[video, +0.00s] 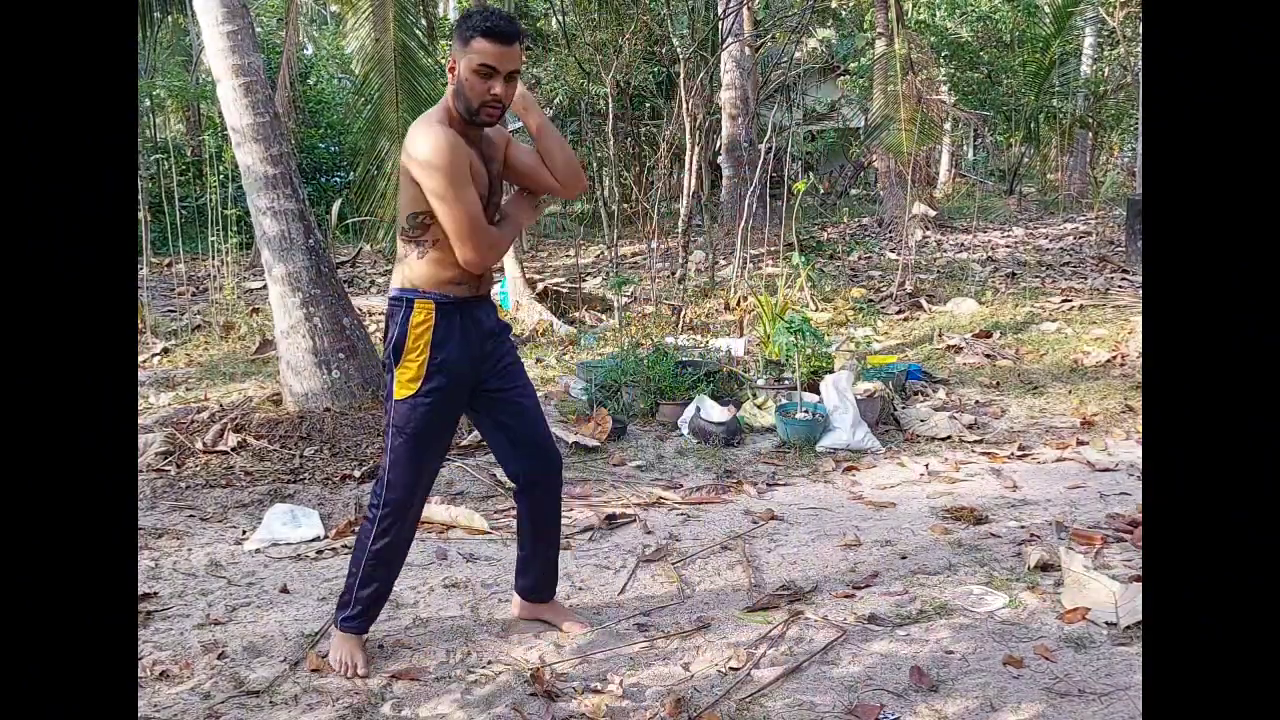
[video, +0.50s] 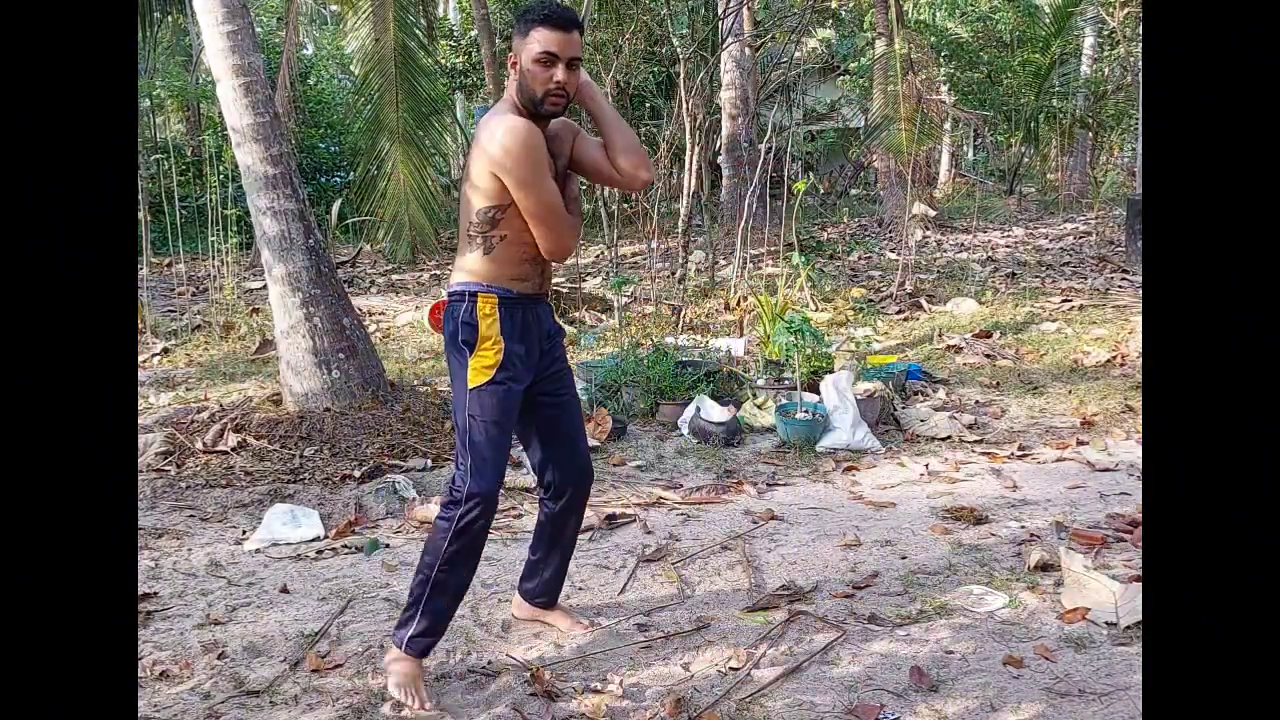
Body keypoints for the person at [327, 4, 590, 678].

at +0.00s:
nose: (500, 90)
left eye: (510, 76)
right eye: (485, 72)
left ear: (515, 79)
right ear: (452, 66)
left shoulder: (489, 137)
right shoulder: (435, 141)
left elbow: (568, 182)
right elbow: (478, 256)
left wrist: (522, 96)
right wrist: (524, 208)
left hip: (480, 319)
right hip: (428, 323)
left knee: (539, 461)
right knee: (403, 488)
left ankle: (535, 600)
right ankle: (349, 629)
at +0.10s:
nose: (505, 83)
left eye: (516, 71)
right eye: (491, 67)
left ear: (522, 78)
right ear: (458, 65)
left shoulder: (492, 140)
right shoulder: (450, 138)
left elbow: (576, 185)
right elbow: (492, 256)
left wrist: (532, 102)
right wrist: (500, 198)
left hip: (484, 324)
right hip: (437, 328)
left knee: (548, 466)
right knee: (408, 488)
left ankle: (535, 601)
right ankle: (347, 631)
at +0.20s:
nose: (516, 83)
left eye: (528, 72)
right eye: (503, 67)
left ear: (533, 82)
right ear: (471, 68)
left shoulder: (506, 144)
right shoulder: (465, 135)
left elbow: (596, 184)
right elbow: (510, 249)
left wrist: (543, 106)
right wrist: (534, 213)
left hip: (497, 325)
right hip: (450, 328)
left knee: (560, 471)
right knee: (421, 491)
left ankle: (537, 601)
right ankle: (353, 626)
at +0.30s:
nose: (537, 81)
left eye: (548, 69)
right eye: (522, 66)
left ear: (553, 77)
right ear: (490, 66)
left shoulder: (529, 139)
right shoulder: (490, 135)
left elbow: (614, 182)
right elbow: (542, 243)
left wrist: (564, 102)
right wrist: (558, 192)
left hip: (515, 321)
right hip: (469, 323)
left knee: (568, 475)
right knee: (444, 496)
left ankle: (536, 602)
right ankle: (356, 616)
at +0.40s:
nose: (555, 77)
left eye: (565, 66)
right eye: (541, 63)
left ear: (569, 73)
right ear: (507, 63)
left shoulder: (545, 132)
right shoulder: (507, 133)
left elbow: (628, 177)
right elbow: (558, 242)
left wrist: (585, 98)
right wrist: (571, 179)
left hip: (527, 317)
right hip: (483, 317)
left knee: (569, 473)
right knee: (472, 484)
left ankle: (536, 602)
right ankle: (382, 619)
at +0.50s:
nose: (561, 76)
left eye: (572, 65)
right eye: (547, 61)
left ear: (577, 72)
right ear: (514, 60)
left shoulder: (547, 130)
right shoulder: (510, 133)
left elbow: (636, 172)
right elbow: (559, 246)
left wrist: (586, 88)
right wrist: (569, 172)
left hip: (533, 317)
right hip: (486, 319)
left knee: (569, 474)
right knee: (475, 491)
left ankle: (536, 600)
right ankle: (408, 652)